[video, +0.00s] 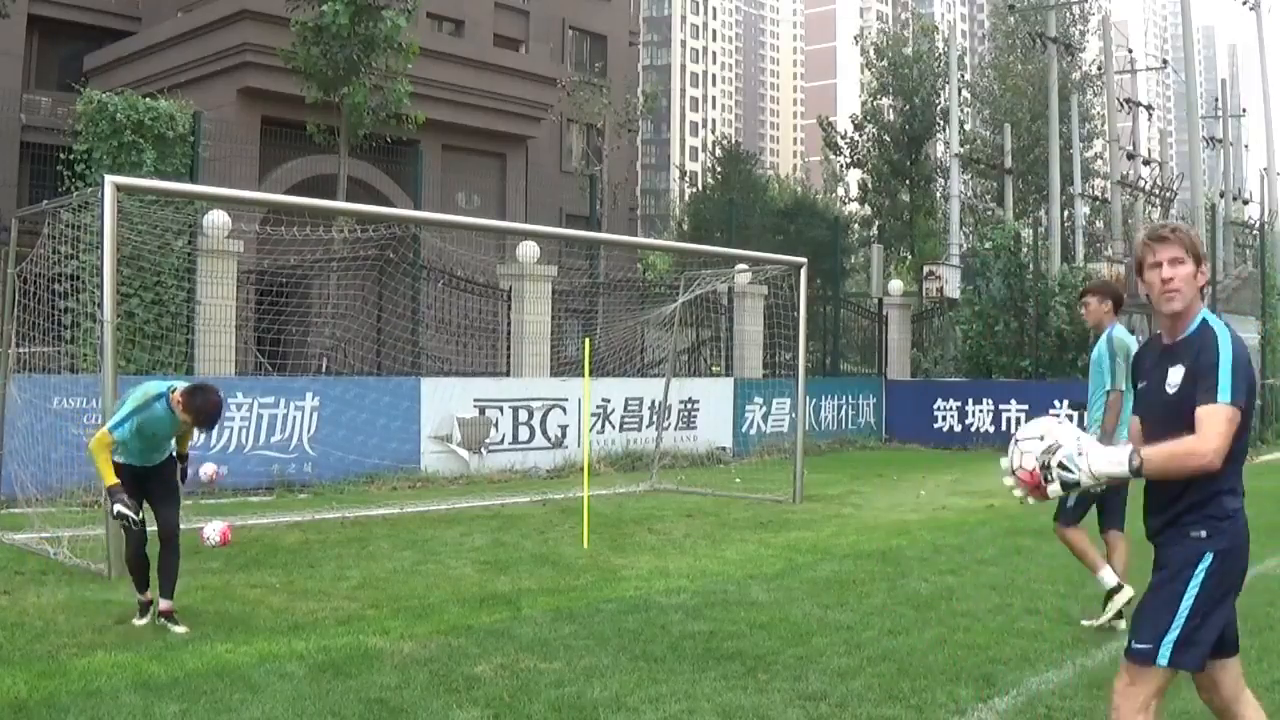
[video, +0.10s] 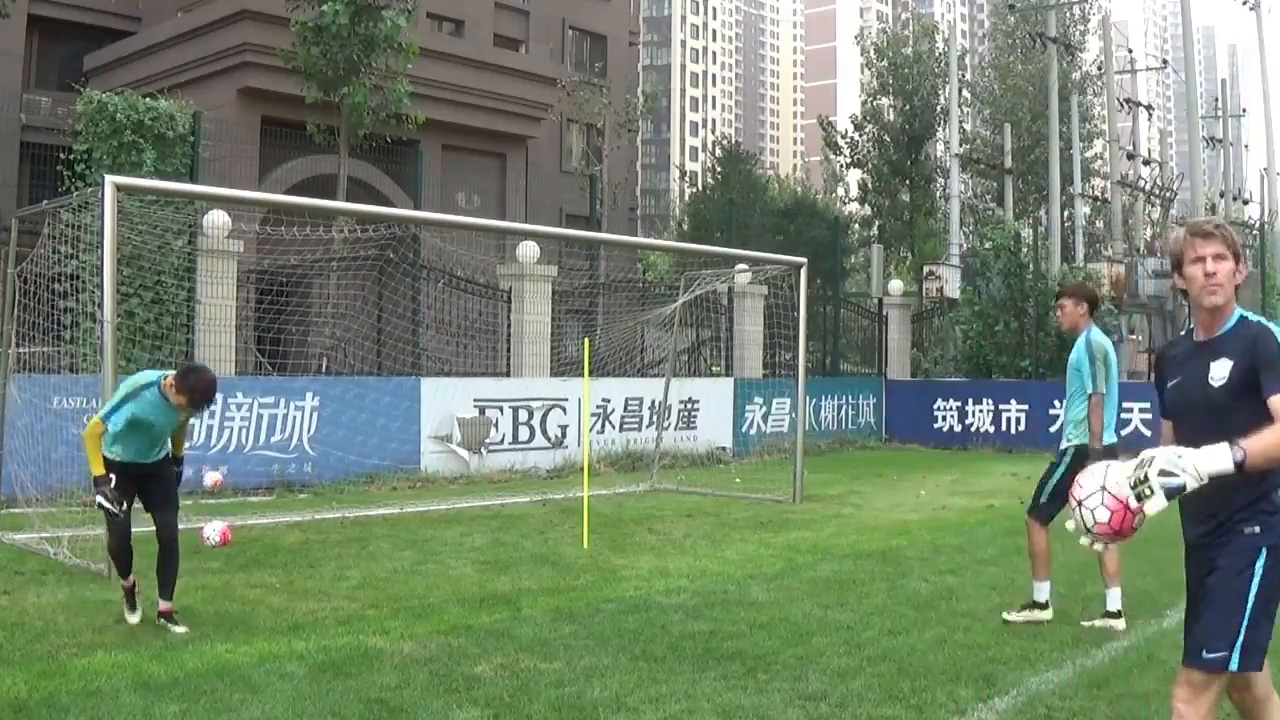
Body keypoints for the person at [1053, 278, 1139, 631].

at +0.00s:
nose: (1083, 312)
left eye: (1088, 305)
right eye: (1082, 306)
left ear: (1107, 306)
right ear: (1105, 308)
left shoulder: (1113, 340)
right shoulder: (1116, 341)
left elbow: (1115, 396)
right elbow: (1119, 397)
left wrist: (1102, 445)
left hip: (1104, 448)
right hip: (1118, 447)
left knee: (1064, 522)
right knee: (1114, 530)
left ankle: (1114, 586)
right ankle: (1115, 611)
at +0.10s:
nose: (1057, 314)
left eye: (1062, 307)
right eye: (1058, 308)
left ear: (1082, 309)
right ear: (1080, 311)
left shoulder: (1090, 343)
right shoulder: (1096, 342)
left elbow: (1097, 398)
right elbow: (1098, 399)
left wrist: (1096, 448)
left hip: (1079, 447)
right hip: (1102, 446)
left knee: (1036, 517)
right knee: (1106, 526)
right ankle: (1114, 611)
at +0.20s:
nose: (1040, 317)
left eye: (1045, 310)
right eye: (1041, 310)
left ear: (1065, 311)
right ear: (1063, 313)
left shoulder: (1073, 346)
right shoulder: (1075, 345)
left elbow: (1081, 403)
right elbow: (1066, 408)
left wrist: (1088, 457)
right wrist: (1047, 448)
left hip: (1064, 450)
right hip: (1082, 449)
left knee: (1031, 524)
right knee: (1091, 529)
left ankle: (1002, 601)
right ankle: (1113, 610)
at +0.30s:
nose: (1012, 319)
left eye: (1017, 312)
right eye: (1012, 313)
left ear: (1037, 313)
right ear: (1036, 315)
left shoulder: (1044, 347)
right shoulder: (1050, 345)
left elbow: (1055, 404)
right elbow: (1042, 407)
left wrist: (1064, 458)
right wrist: (1019, 446)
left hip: (1035, 449)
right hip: (1051, 450)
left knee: (1011, 526)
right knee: (1062, 531)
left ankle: (993, 603)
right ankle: (1104, 600)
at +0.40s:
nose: (994, 314)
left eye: (999, 308)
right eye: (995, 308)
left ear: (1019, 310)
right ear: (1017, 312)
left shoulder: (1027, 345)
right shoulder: (1031, 343)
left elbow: (1034, 402)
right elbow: (1020, 405)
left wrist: (1039, 456)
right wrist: (1003, 447)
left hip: (1017, 446)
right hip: (1028, 444)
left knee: (1001, 524)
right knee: (1026, 529)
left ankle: (993, 603)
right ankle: (1079, 584)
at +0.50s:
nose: (972, 315)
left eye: (975, 308)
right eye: (972, 309)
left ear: (996, 308)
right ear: (995, 310)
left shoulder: (1005, 342)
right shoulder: (1008, 339)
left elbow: (1004, 400)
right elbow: (1004, 399)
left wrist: (995, 456)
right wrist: (984, 446)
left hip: (1004, 443)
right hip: (1001, 440)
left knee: (993, 522)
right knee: (974, 517)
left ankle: (993, 603)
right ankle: (1027, 570)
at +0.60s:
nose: (957, 315)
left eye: (961, 308)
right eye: (957, 308)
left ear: (981, 308)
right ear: (980, 309)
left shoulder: (989, 342)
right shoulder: (993, 339)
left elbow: (983, 398)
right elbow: (989, 398)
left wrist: (963, 447)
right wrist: (965, 443)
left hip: (989, 441)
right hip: (990, 439)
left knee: (985, 519)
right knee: (951, 508)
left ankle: (992, 601)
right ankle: (987, 573)